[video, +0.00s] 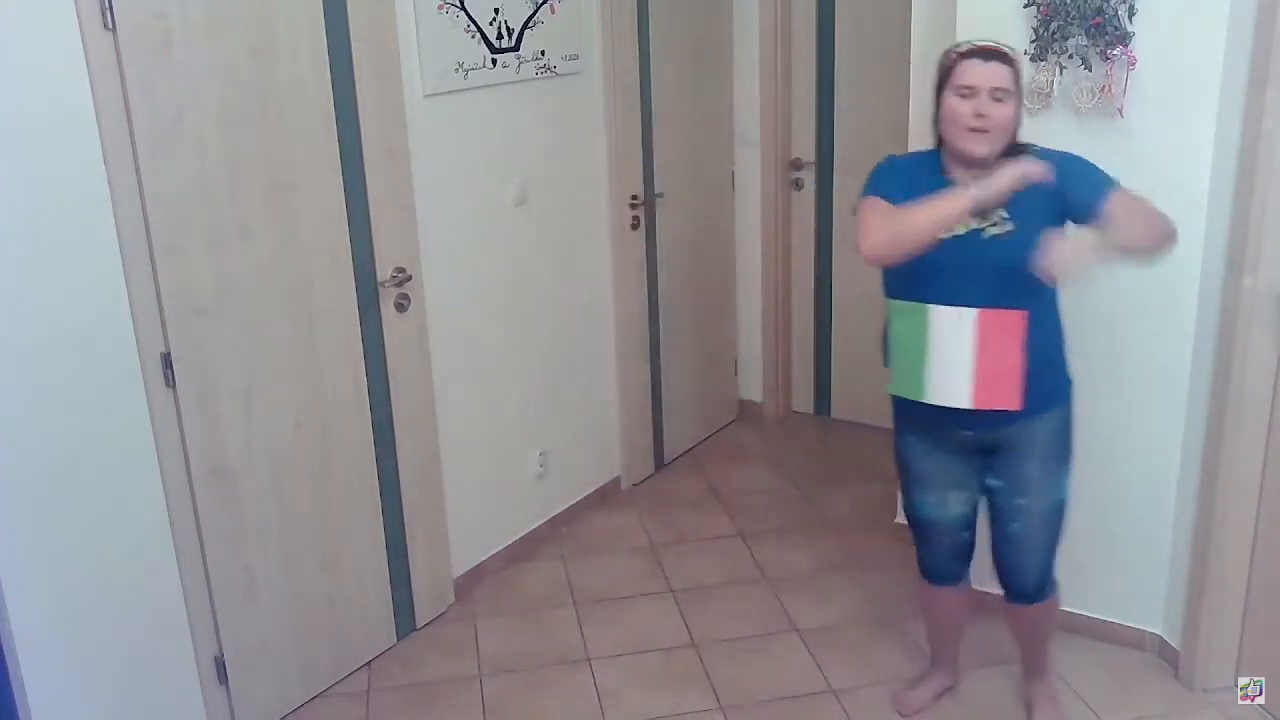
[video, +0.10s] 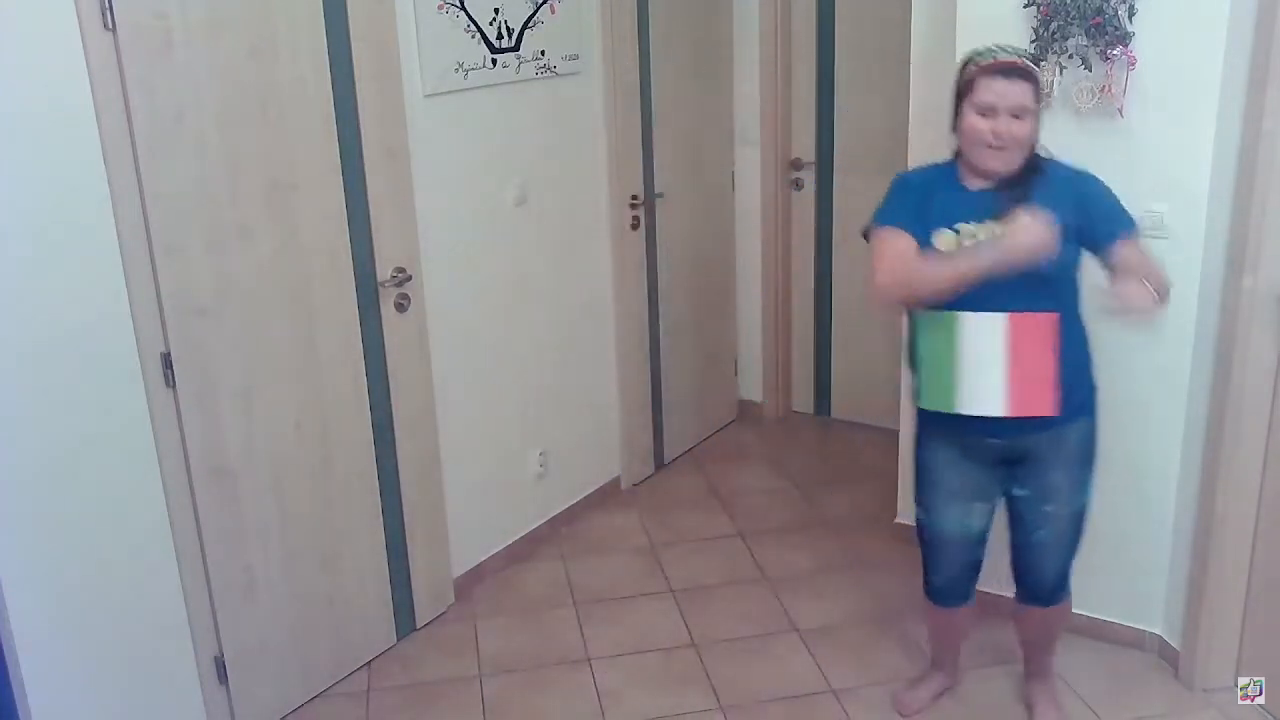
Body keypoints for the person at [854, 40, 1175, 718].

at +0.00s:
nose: (980, 110)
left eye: (998, 97)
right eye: (965, 94)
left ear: (1019, 112)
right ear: (938, 105)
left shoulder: (1051, 173)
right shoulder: (900, 175)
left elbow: (1156, 228)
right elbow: (873, 244)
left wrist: (1092, 241)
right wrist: (981, 193)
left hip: (1029, 413)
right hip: (930, 412)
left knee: (1028, 575)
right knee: (941, 563)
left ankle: (1038, 680)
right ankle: (944, 669)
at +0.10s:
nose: (999, 127)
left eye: (1017, 114)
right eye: (984, 110)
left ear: (1037, 123)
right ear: (957, 116)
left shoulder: (1074, 192)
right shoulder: (917, 190)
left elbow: (1147, 275)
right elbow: (890, 283)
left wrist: (1138, 285)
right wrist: (1000, 253)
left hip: (1053, 424)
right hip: (951, 424)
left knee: (1044, 577)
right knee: (946, 572)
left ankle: (1040, 679)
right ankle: (943, 670)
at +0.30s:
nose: (1056, 152)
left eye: (1073, 135)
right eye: (1038, 135)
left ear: (1098, 134)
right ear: (1013, 135)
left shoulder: (1137, 206)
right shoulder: (967, 213)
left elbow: (1185, 316)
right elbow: (920, 317)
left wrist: (1246, 411)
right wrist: (899, 421)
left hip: (1102, 439)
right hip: (1001, 440)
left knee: (1064, 581)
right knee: (1006, 606)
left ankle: (1039, 679)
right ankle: (1004, 709)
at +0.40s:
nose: (1078, 153)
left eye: (1097, 136)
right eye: (1060, 135)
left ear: (1123, 133)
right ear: (1033, 133)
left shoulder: (1168, 208)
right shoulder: (988, 212)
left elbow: (1214, 325)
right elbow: (932, 318)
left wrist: (1267, 406)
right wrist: (890, 415)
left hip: (1110, 433)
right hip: (1008, 430)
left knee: (1061, 593)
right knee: (1045, 607)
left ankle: (1036, 698)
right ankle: (1051, 717)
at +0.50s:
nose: (1092, 166)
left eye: (1110, 148)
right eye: (1072, 149)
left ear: (1138, 151)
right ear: (1044, 154)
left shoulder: (1184, 226)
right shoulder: (1001, 231)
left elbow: (1224, 335)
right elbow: (941, 339)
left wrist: (1272, 410)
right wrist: (893, 436)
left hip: (1119, 446)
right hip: (1016, 444)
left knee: (1069, 604)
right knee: (1056, 614)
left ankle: (1036, 693)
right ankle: (1065, 715)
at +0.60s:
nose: (1109, 198)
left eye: (1129, 178)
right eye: (1088, 181)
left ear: (1156, 185)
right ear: (1059, 191)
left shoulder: (1195, 259)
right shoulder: (1018, 283)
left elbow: (1241, 369)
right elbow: (948, 391)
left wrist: (1279, 438)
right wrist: (890, 486)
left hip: (1137, 465)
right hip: (1034, 468)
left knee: (1124, 615)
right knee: (1065, 632)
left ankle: (1049, 652)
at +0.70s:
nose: (1121, 231)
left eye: (1142, 212)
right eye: (1100, 213)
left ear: (1169, 221)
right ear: (1071, 224)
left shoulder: (1210, 290)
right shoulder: (1028, 314)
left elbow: (1260, 393)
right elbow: (957, 432)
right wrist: (903, 530)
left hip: (1145, 469)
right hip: (1037, 477)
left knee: (1162, 629)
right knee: (1073, 652)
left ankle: (1055, 660)